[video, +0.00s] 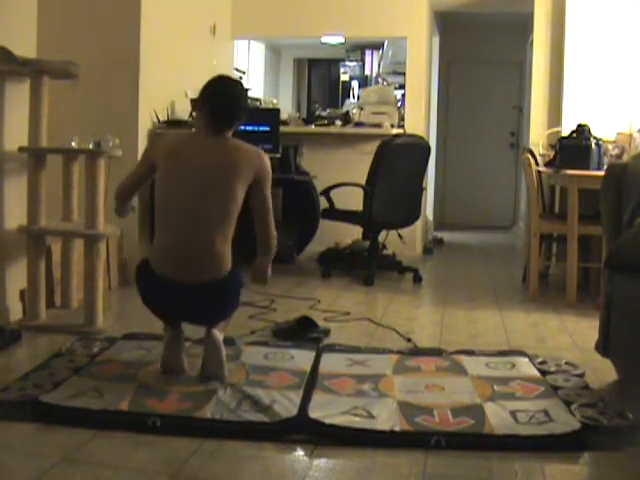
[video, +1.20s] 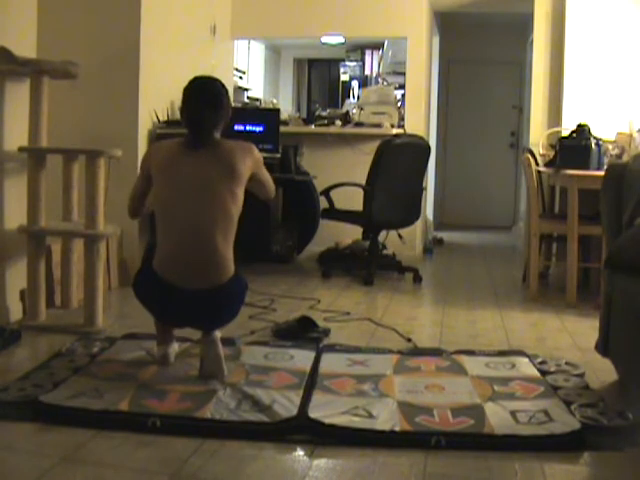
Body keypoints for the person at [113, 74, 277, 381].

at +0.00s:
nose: (194, 106)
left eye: (197, 102)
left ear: (199, 107)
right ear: (238, 117)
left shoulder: (164, 145)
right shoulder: (254, 160)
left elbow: (123, 193)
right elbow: (266, 234)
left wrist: (122, 207)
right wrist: (264, 265)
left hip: (162, 296)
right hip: (214, 300)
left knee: (145, 268)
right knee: (233, 279)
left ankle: (172, 336)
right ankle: (214, 336)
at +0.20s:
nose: (188, 109)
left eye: (190, 104)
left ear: (192, 109)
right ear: (230, 117)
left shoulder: (161, 142)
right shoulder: (248, 159)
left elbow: (118, 166)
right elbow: (254, 241)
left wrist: (105, 151)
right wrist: (251, 299)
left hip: (161, 288)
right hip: (214, 295)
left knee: (146, 260)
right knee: (238, 271)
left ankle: (166, 344)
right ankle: (211, 334)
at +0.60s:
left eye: (189, 113)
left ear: (185, 117)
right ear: (224, 124)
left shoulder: (159, 149)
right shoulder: (241, 163)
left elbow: (117, 154)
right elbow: (256, 238)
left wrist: (107, 140)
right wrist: (253, 278)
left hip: (159, 292)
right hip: (211, 299)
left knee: (144, 265)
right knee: (228, 276)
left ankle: (164, 344)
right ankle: (209, 335)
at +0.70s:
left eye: (188, 110)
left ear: (185, 114)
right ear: (225, 122)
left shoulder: (158, 150)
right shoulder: (242, 162)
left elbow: (113, 165)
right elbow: (259, 232)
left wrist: (118, 138)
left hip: (161, 295)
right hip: (212, 300)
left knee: (150, 257)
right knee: (229, 275)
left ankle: (164, 343)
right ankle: (209, 335)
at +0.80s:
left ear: (183, 112)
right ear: (226, 118)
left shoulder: (157, 149)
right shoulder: (241, 159)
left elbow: (119, 181)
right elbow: (261, 215)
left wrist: (134, 150)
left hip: (162, 297)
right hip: (214, 301)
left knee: (148, 266)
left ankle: (164, 343)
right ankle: (208, 335)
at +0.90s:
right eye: (225, 111)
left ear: (182, 111)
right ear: (225, 118)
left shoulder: (156, 151)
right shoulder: (242, 155)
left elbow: (126, 196)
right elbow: (261, 198)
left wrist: (156, 170)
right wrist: (234, 171)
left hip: (163, 296)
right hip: (216, 301)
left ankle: (164, 345)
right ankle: (209, 335)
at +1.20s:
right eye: (226, 107)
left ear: (183, 112)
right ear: (226, 115)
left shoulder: (158, 153)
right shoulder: (245, 154)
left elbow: (134, 210)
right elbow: (269, 193)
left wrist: (165, 191)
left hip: (165, 302)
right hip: (218, 304)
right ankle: (212, 337)